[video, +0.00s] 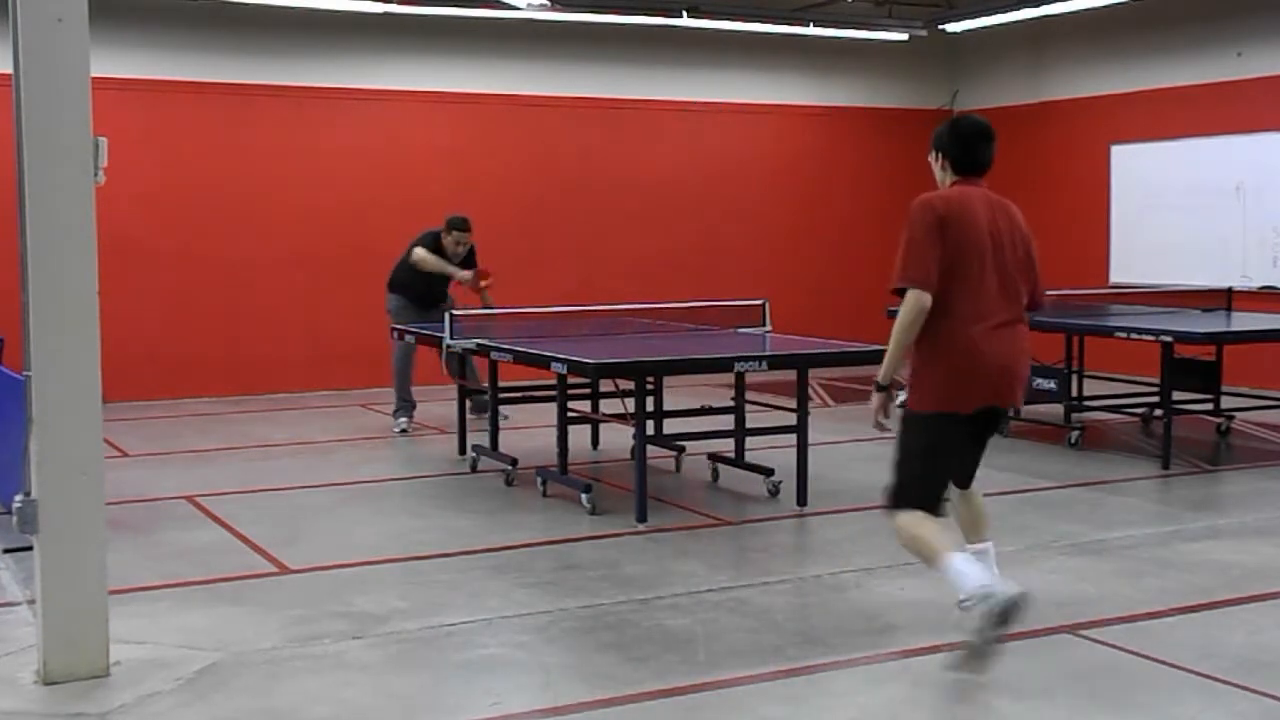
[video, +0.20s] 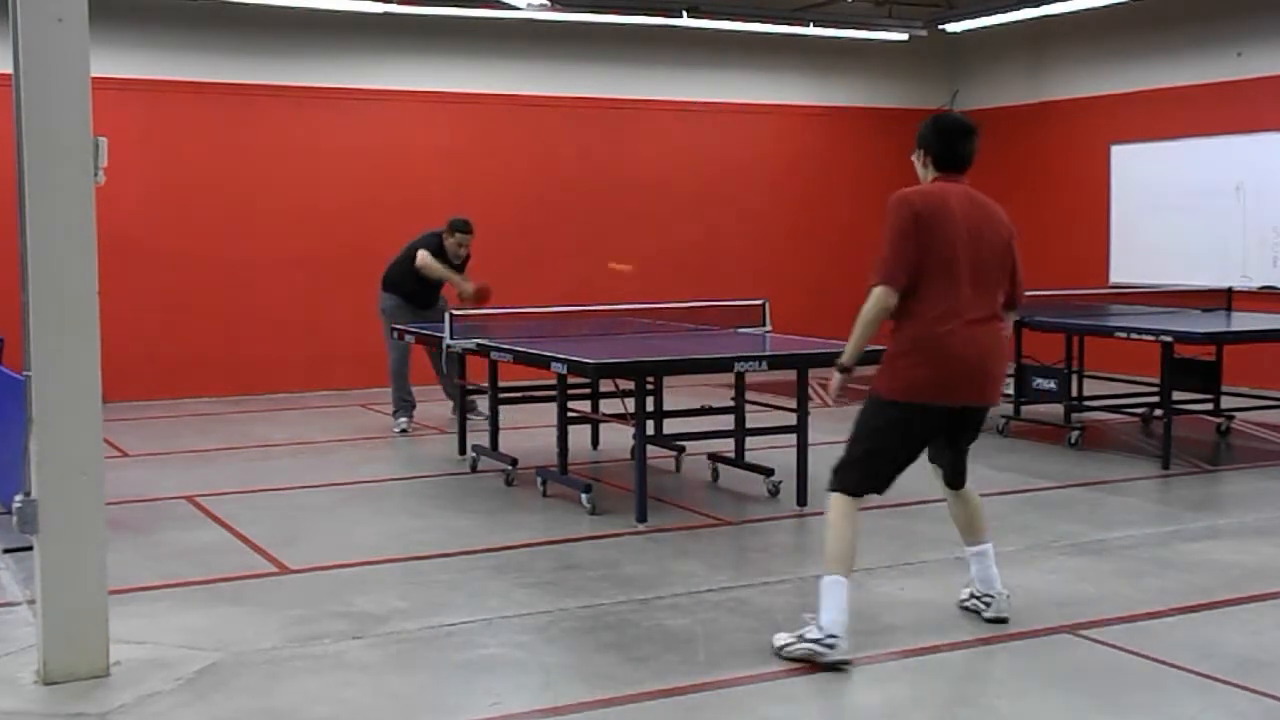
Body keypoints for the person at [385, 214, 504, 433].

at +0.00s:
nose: (462, 250)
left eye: (466, 244)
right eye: (457, 243)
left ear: (471, 240)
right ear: (445, 236)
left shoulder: (467, 251)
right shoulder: (429, 241)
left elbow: (473, 280)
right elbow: (417, 257)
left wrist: (487, 302)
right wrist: (457, 273)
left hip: (437, 302)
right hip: (405, 299)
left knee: (457, 349)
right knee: (405, 347)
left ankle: (479, 402)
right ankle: (403, 412)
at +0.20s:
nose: (463, 251)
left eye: (467, 246)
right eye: (459, 245)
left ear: (470, 242)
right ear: (447, 237)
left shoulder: (463, 256)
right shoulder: (430, 243)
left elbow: (457, 277)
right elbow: (422, 262)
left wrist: (466, 291)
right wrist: (459, 283)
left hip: (430, 302)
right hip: (398, 300)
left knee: (448, 351)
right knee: (399, 354)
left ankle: (462, 403)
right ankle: (402, 412)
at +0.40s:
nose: (473, 245)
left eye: (476, 240)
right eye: (469, 238)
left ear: (480, 237)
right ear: (454, 231)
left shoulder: (468, 252)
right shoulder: (432, 243)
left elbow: (463, 276)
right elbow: (401, 271)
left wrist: (469, 304)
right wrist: (422, 303)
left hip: (434, 300)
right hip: (402, 297)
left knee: (448, 351)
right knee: (400, 355)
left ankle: (461, 402)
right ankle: (402, 411)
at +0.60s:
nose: (476, 231)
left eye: (480, 226)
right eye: (472, 224)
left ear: (483, 225)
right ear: (458, 221)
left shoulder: (477, 245)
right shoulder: (434, 233)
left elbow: (477, 272)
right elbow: (400, 254)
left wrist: (485, 298)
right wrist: (417, 288)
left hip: (442, 300)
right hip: (408, 295)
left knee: (453, 350)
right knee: (399, 348)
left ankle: (464, 403)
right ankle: (390, 407)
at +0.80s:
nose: (466, 215)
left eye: (470, 210)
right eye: (461, 210)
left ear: (472, 211)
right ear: (448, 208)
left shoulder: (471, 234)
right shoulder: (426, 227)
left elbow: (474, 264)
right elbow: (396, 251)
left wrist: (486, 291)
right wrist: (417, 284)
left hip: (439, 298)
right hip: (406, 296)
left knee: (449, 351)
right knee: (394, 347)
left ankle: (463, 404)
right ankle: (375, 407)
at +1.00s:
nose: (444, 216)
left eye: (448, 211)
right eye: (439, 211)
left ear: (452, 211)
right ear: (427, 211)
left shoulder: (462, 236)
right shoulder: (412, 232)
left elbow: (473, 263)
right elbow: (390, 254)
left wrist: (477, 289)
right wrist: (395, 286)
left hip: (443, 304)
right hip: (407, 304)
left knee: (460, 351)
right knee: (391, 351)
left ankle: (473, 402)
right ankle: (373, 407)